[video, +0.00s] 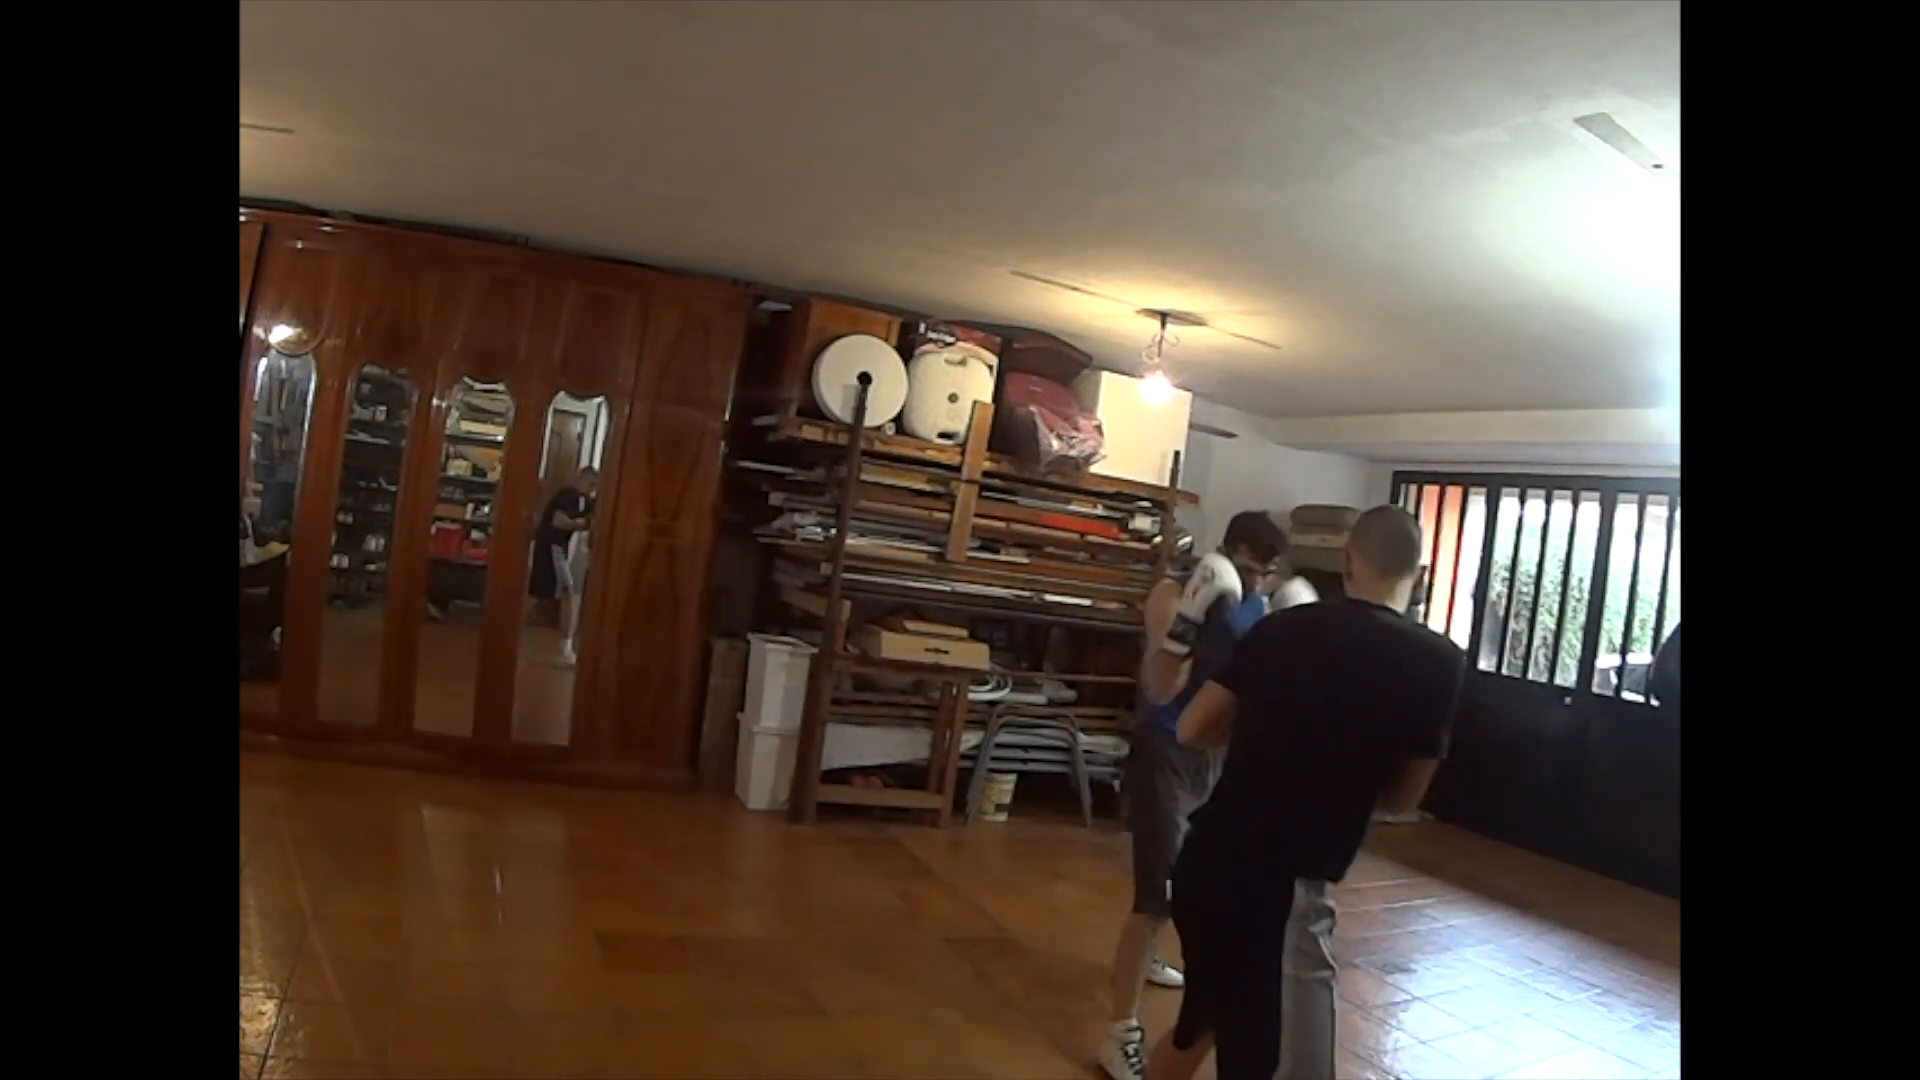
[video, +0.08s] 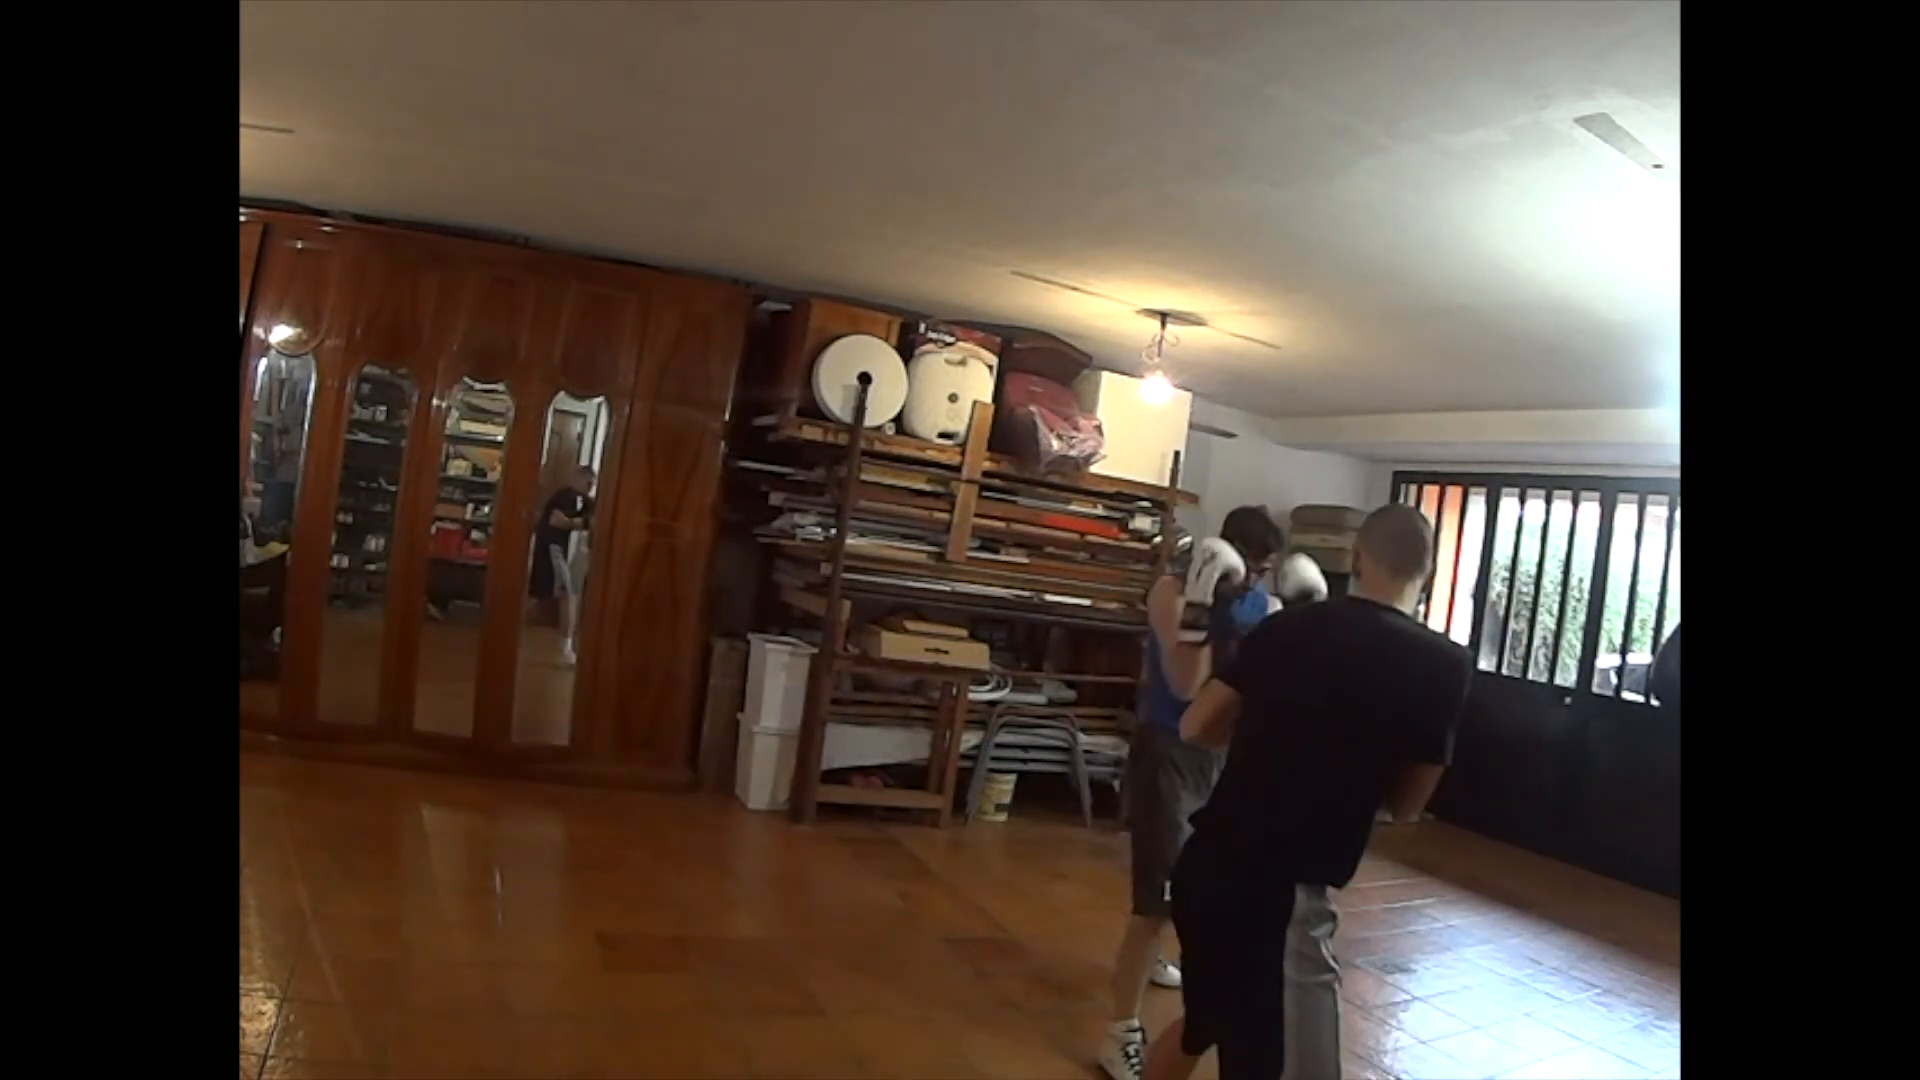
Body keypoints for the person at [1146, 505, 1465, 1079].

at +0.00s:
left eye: (1346, 556)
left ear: (1348, 560)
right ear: (1419, 571)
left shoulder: (1285, 627)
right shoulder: (1437, 660)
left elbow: (1194, 727)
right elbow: (1403, 799)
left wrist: (1264, 732)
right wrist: (1340, 769)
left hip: (1211, 858)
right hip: (1294, 892)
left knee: (1195, 1021)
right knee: (1267, 1061)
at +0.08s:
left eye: (1357, 555)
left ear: (1357, 559)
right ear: (1428, 573)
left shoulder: (1292, 624)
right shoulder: (1442, 664)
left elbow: (1198, 725)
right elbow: (1407, 806)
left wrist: (1264, 728)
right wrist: (1352, 752)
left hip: (1211, 859)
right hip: (1294, 896)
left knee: (1195, 1022)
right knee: (1281, 1064)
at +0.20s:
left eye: (1369, 555)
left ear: (1369, 560)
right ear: (1441, 578)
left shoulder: (1299, 624)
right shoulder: (1454, 671)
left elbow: (1194, 714)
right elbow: (1418, 812)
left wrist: (1254, 680)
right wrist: (1366, 757)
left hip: (1215, 867)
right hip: (1300, 905)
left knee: (1192, 1030)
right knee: (1299, 1067)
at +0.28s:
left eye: (1375, 555)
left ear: (1373, 561)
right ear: (1446, 582)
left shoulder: (1306, 625)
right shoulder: (1457, 673)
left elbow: (1191, 705)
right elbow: (1415, 822)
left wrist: (1252, 684)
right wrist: (1366, 754)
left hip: (1212, 870)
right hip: (1298, 909)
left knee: (1190, 1030)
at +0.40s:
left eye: (1365, 571)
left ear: (1365, 579)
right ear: (1437, 598)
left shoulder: (1299, 641)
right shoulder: (1443, 682)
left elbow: (1190, 738)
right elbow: (1408, 826)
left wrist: (1261, 731)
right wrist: (1345, 784)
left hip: (1210, 876)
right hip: (1288, 916)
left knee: (1202, 1035)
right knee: (1329, 1071)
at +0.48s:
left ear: (1361, 587)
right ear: (1433, 607)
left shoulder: (1295, 651)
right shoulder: (1445, 686)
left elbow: (1196, 754)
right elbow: (1409, 834)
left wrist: (1263, 781)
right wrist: (1342, 797)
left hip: (1207, 889)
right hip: (1286, 925)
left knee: (1201, 1041)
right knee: (1335, 1072)